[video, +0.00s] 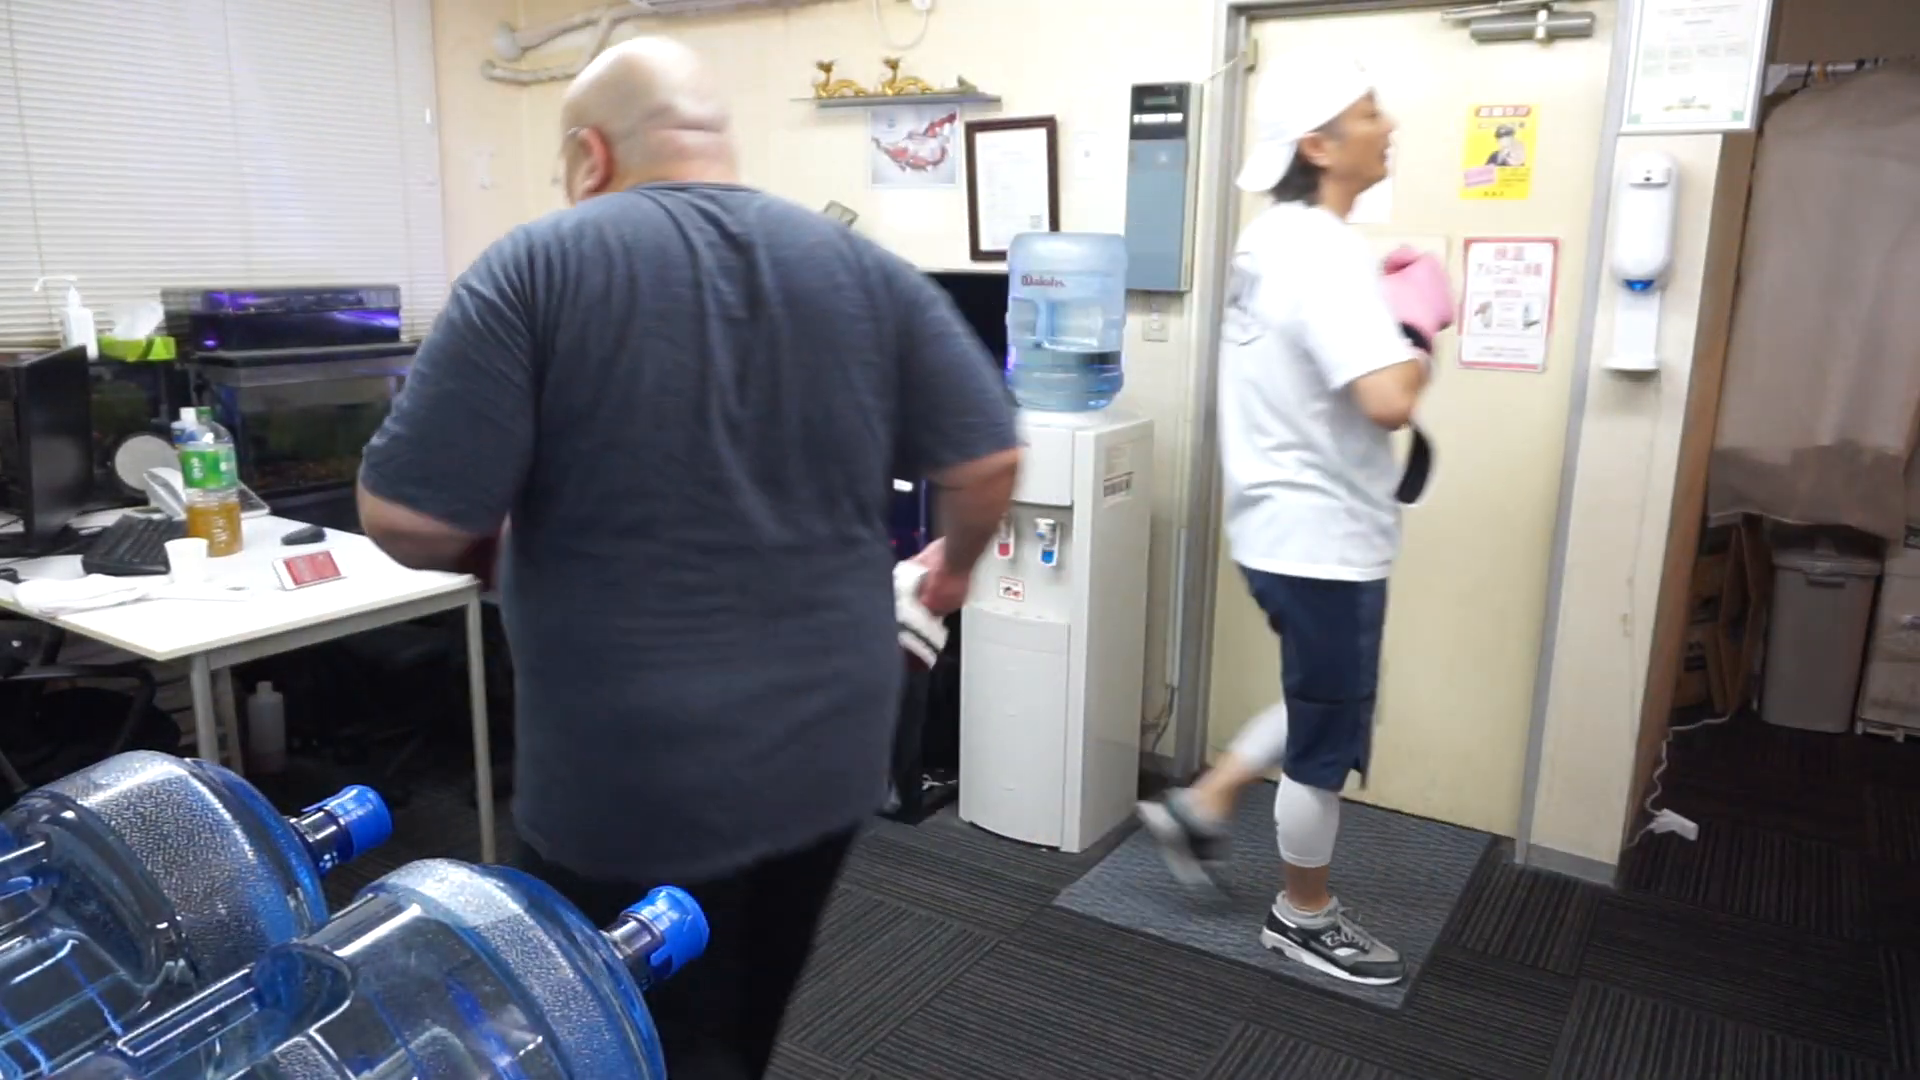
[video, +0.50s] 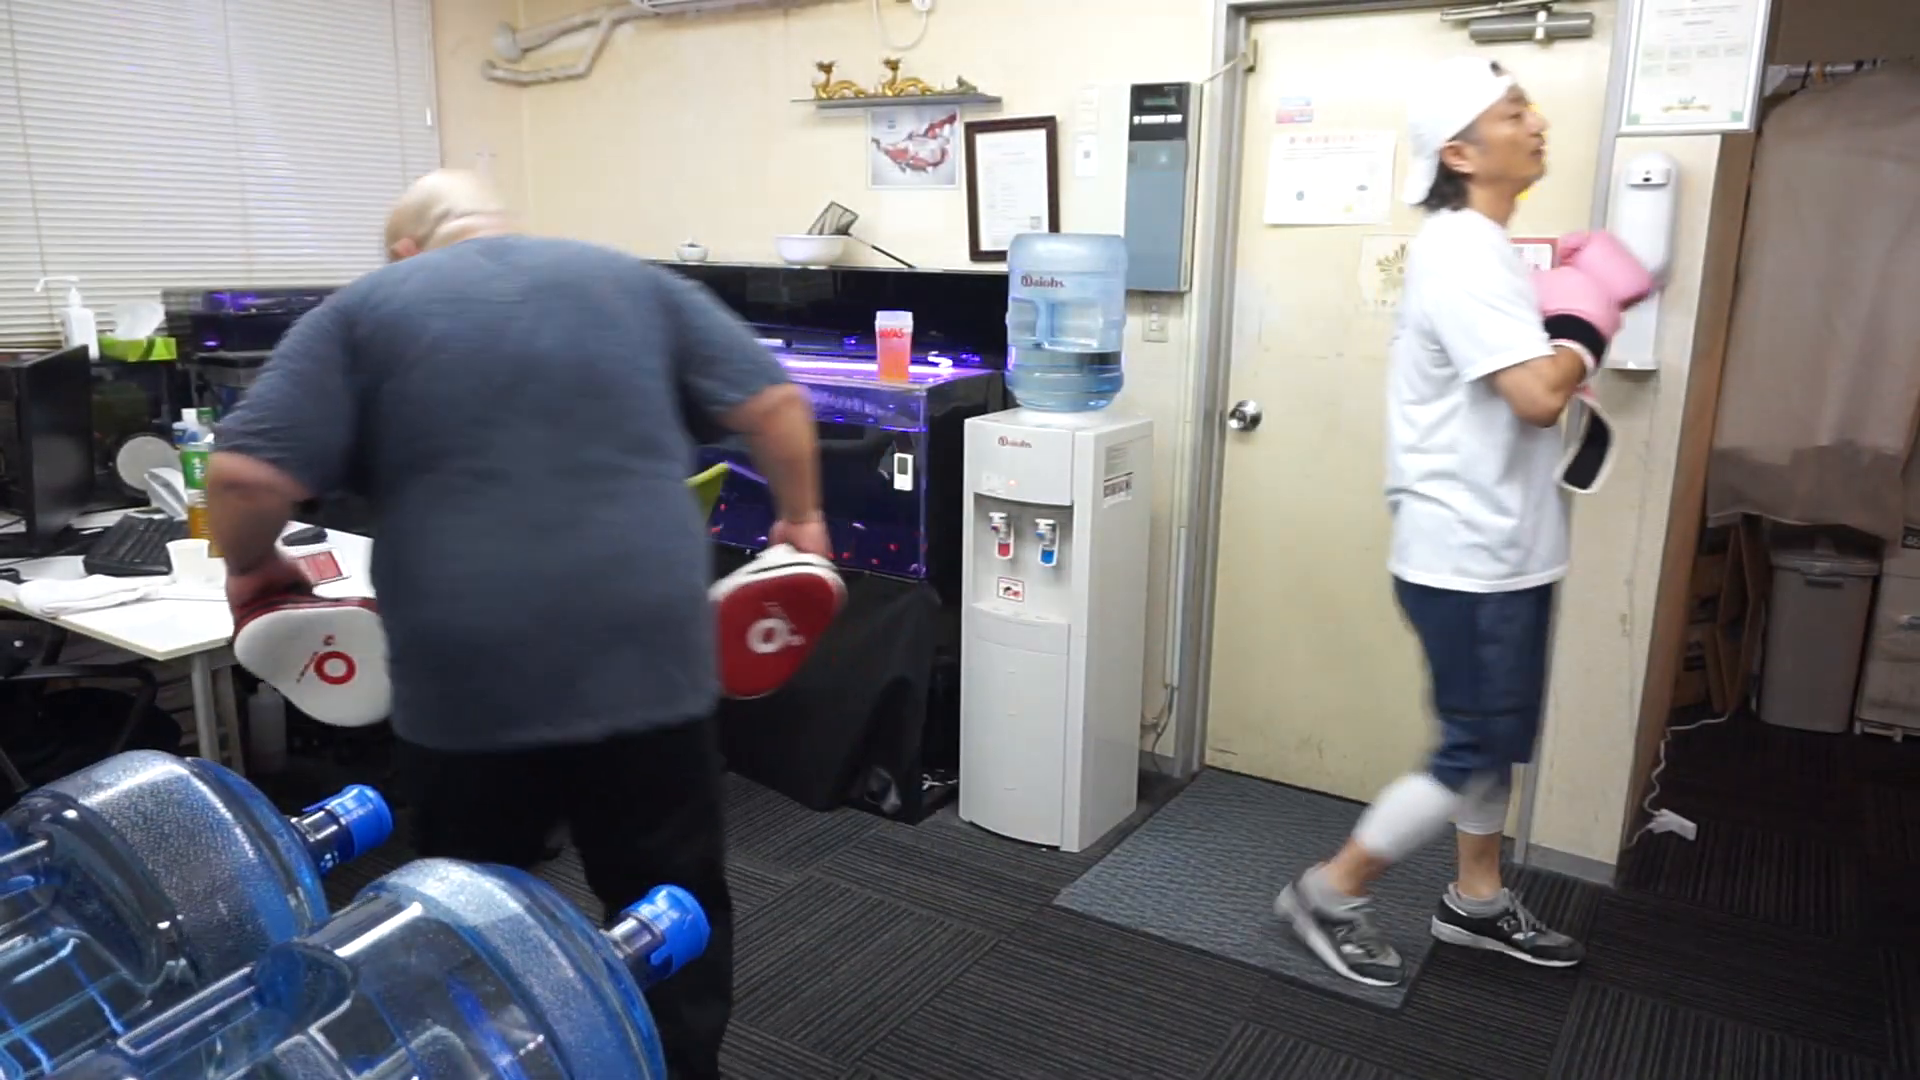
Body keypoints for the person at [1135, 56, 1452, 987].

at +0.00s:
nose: (1388, 126)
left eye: (1379, 111)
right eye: (1370, 117)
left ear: (1325, 149)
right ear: (1324, 148)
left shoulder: (1280, 237)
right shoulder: (1324, 252)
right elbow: (1388, 401)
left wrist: (1379, 302)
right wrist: (1423, 338)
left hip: (1280, 526)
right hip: (1321, 538)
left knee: (1321, 698)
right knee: (1329, 728)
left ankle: (1198, 809)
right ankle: (1303, 913)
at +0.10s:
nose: (1419, 119)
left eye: (1410, 104)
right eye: (1399, 110)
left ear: (1354, 143)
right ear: (1351, 141)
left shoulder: (1329, 234)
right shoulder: (1353, 247)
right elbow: (1433, 400)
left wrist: (1431, 316)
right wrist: (1458, 334)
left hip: (1337, 531)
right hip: (1337, 542)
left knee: (1391, 694)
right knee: (1334, 733)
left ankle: (1287, 826)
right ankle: (1302, 913)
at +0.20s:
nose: (1447, 116)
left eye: (1437, 102)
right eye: (1426, 108)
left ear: (1389, 147)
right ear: (1379, 144)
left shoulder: (1382, 237)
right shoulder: (1376, 249)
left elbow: (1430, 377)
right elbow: (1462, 400)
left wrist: (1473, 312)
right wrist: (1490, 322)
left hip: (1387, 538)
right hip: (1358, 545)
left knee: (1415, 703)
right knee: (1345, 731)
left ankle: (1406, 863)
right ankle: (1301, 908)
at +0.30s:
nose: (1475, 120)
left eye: (1466, 107)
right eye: (1454, 112)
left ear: (1419, 150)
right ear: (1405, 148)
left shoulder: (1418, 240)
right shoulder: (1399, 248)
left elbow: (1470, 377)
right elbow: (1491, 401)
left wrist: (1501, 314)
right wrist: (1520, 329)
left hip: (1428, 543)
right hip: (1390, 549)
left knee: (1434, 724)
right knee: (1359, 738)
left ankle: (1466, 888)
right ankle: (1302, 910)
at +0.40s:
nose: (1506, 123)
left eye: (1497, 110)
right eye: (1484, 115)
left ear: (1447, 153)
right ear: (1433, 152)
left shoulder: (1458, 246)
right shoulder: (1430, 252)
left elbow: (1506, 374)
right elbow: (1516, 401)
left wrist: (1538, 336)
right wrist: (1551, 342)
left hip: (1472, 549)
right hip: (1425, 554)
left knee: (1474, 732)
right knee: (1400, 743)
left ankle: (1476, 898)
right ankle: (1303, 910)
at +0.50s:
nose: (1536, 123)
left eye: (1527, 109)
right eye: (1513, 115)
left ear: (1479, 152)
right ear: (1463, 152)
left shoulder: (1493, 248)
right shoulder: (1459, 251)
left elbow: (1527, 375)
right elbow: (1539, 398)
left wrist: (1569, 309)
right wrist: (1586, 325)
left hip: (1507, 546)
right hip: (1464, 552)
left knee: (1496, 738)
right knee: (1474, 752)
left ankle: (1476, 898)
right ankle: (1326, 892)